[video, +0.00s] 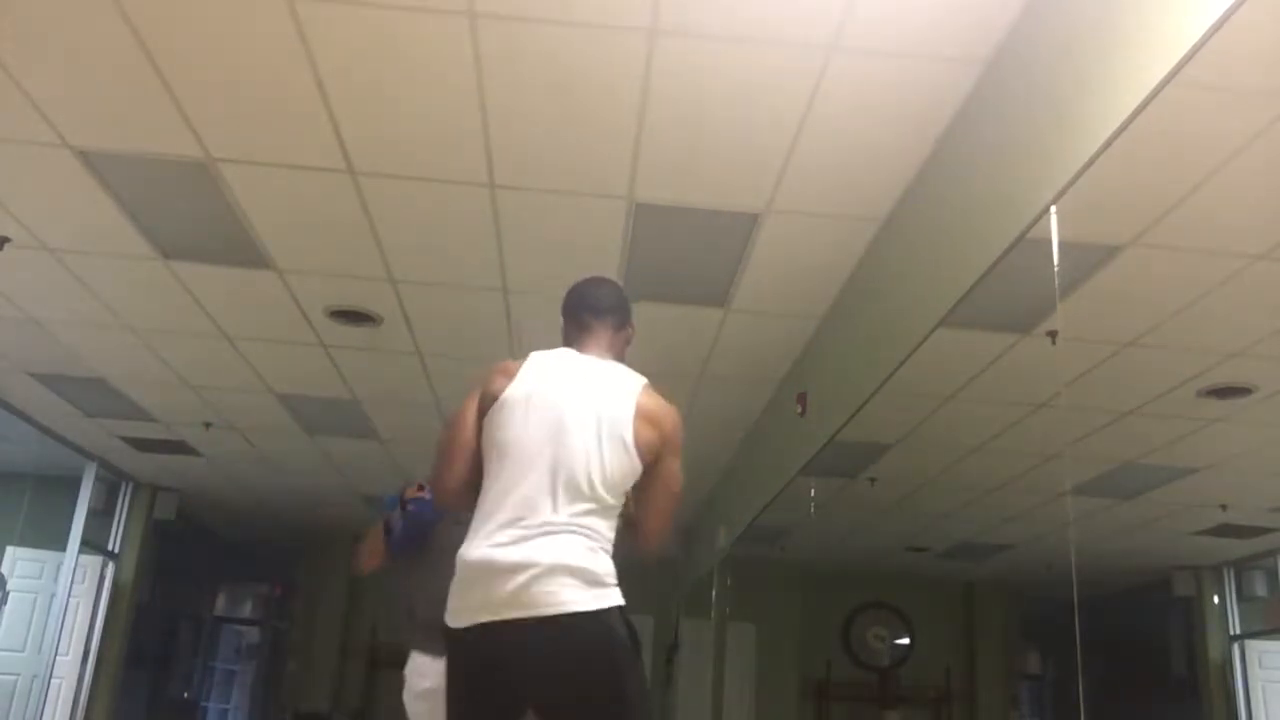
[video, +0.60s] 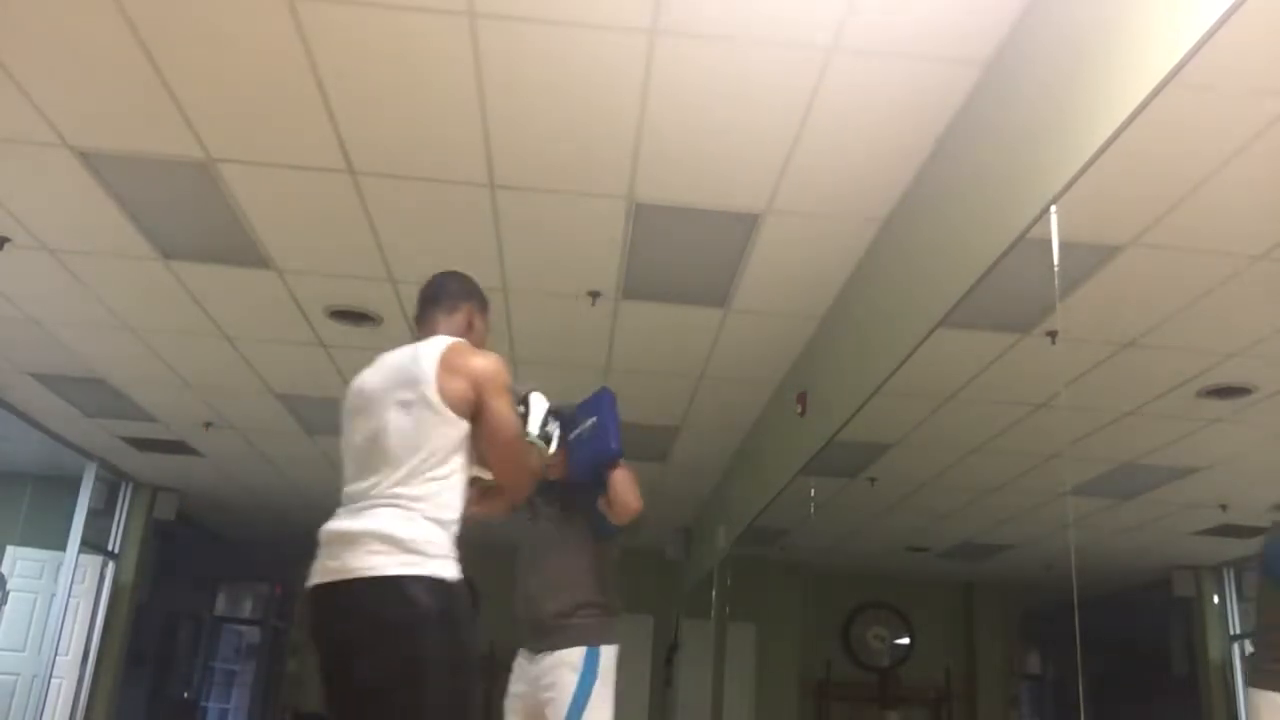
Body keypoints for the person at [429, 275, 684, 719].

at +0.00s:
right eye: (625, 333)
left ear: (564, 328)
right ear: (627, 332)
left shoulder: (500, 379)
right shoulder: (656, 412)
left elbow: (450, 489)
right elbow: (652, 537)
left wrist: (517, 483)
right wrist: (614, 489)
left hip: (478, 622)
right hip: (579, 619)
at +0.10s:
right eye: (608, 321)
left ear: (550, 320)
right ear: (612, 322)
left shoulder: (488, 373)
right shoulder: (643, 400)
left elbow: (438, 483)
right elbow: (640, 533)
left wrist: (505, 490)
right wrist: (582, 511)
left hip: (469, 619)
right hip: (572, 617)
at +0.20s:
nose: (586, 321)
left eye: (584, 311)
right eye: (586, 311)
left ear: (520, 316)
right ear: (580, 312)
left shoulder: (468, 373)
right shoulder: (617, 381)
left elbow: (434, 483)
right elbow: (614, 511)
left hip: (456, 610)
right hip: (558, 607)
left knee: (446, 712)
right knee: (582, 712)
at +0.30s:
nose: (550, 337)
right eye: (550, 326)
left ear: (487, 329)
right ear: (545, 325)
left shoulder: (439, 389)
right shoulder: (575, 382)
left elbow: (412, 507)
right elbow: (593, 502)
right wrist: (536, 515)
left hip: (431, 621)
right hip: (527, 612)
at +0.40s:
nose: (526, 347)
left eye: (523, 338)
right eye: (526, 337)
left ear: (460, 336)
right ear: (518, 335)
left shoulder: (408, 397)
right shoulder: (526, 382)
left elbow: (394, 505)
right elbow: (555, 502)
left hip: (395, 616)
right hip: (483, 607)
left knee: (402, 712)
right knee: (523, 710)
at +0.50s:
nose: (507, 344)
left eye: (506, 333)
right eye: (506, 331)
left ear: (441, 328)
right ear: (495, 326)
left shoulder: (385, 387)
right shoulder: (497, 367)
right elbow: (532, 489)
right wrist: (541, 430)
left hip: (360, 591)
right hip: (440, 583)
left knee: (374, 711)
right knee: (490, 709)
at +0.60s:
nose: (484, 338)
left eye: (484, 327)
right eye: (484, 325)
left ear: (420, 320)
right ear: (473, 317)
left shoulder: (365, 379)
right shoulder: (476, 364)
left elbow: (408, 491)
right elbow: (516, 477)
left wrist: (512, 488)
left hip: (333, 586)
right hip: (411, 583)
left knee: (354, 711)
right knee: (440, 710)